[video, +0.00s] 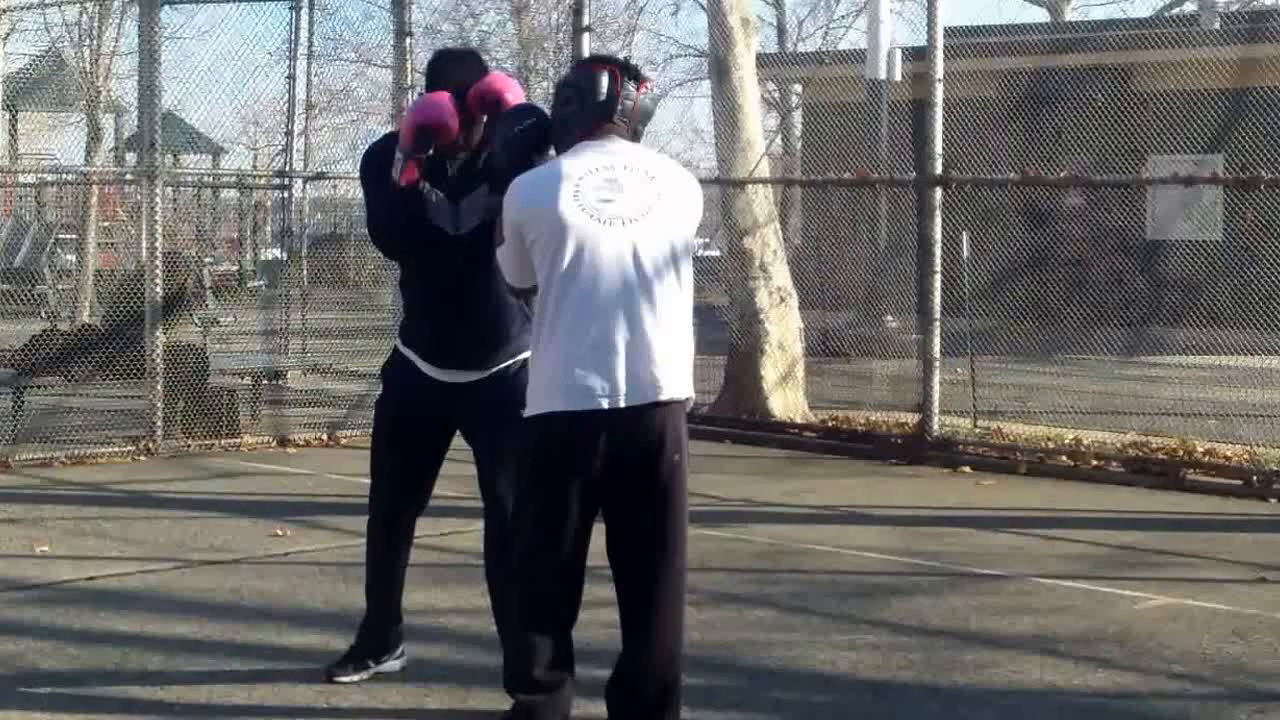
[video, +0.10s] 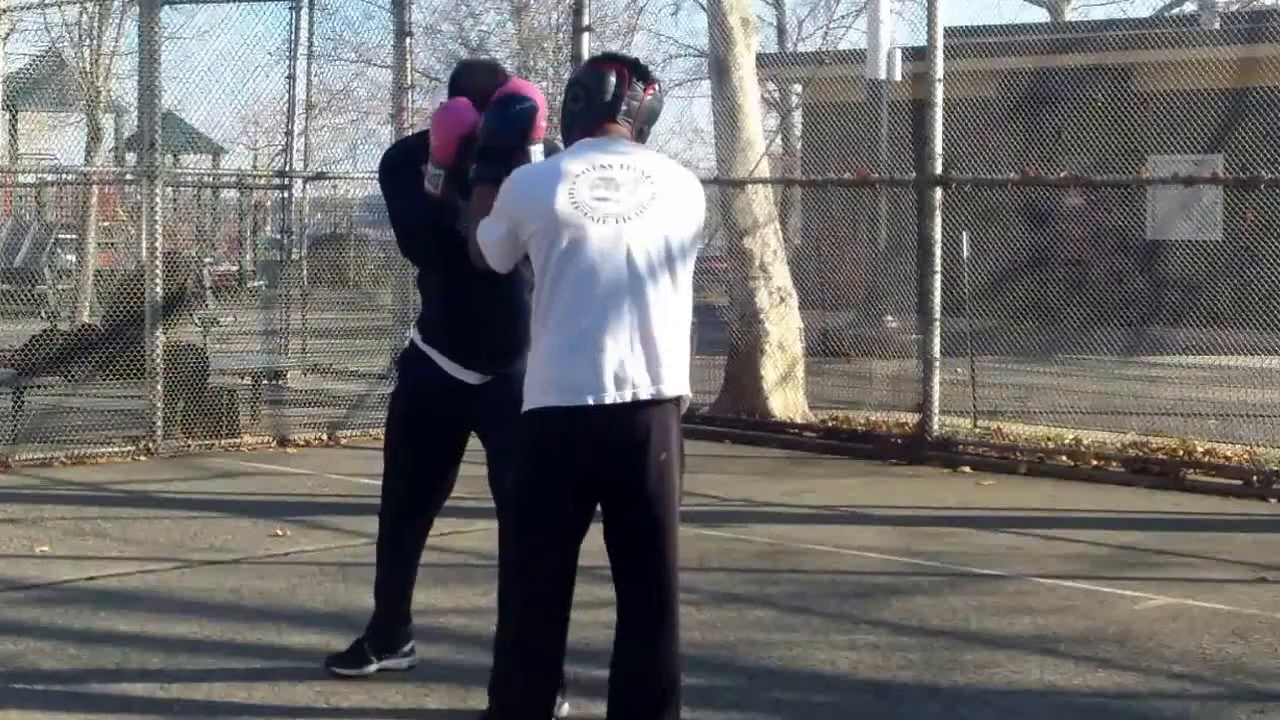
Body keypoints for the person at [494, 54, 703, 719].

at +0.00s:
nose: (648, 119)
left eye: (556, 110)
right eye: (642, 110)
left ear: (564, 114)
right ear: (633, 116)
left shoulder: (532, 189)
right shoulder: (680, 182)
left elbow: (520, 279)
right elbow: (671, 266)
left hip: (562, 407)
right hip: (658, 405)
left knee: (545, 563)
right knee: (655, 571)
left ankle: (540, 703)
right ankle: (651, 708)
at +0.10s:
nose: (652, 119)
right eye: (651, 110)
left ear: (570, 113)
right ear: (640, 116)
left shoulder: (533, 183)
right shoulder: (684, 186)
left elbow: (493, 253)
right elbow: (655, 252)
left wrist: (495, 192)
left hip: (555, 415)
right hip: (652, 414)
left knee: (536, 589)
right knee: (650, 593)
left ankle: (520, 710)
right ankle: (647, 714)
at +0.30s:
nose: (645, 124)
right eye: (644, 115)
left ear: (567, 110)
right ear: (630, 117)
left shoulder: (518, 171)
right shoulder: (664, 190)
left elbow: (467, 228)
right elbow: (664, 288)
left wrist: (493, 170)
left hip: (527, 407)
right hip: (620, 412)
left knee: (516, 579)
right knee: (628, 583)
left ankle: (507, 710)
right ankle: (641, 713)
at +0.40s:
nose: (639, 128)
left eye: (637, 118)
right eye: (639, 118)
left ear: (559, 113)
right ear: (624, 120)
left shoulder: (499, 187)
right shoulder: (652, 193)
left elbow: (482, 286)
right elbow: (655, 302)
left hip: (507, 409)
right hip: (602, 410)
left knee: (506, 575)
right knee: (616, 580)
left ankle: (504, 709)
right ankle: (635, 712)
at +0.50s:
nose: (630, 125)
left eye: (628, 117)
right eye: (630, 116)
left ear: (549, 112)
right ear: (615, 119)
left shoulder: (495, 184)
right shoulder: (643, 189)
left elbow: (465, 291)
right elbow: (652, 301)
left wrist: (541, 296)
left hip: (504, 407)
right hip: (597, 408)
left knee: (503, 576)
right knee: (616, 579)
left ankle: (500, 707)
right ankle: (636, 711)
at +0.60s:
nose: (620, 120)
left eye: (618, 112)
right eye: (619, 112)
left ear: (537, 109)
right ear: (605, 114)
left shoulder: (489, 179)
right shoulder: (634, 182)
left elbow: (436, 239)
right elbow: (653, 296)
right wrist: (592, 321)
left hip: (505, 405)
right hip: (597, 404)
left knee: (504, 572)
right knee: (615, 574)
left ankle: (501, 708)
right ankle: (636, 711)